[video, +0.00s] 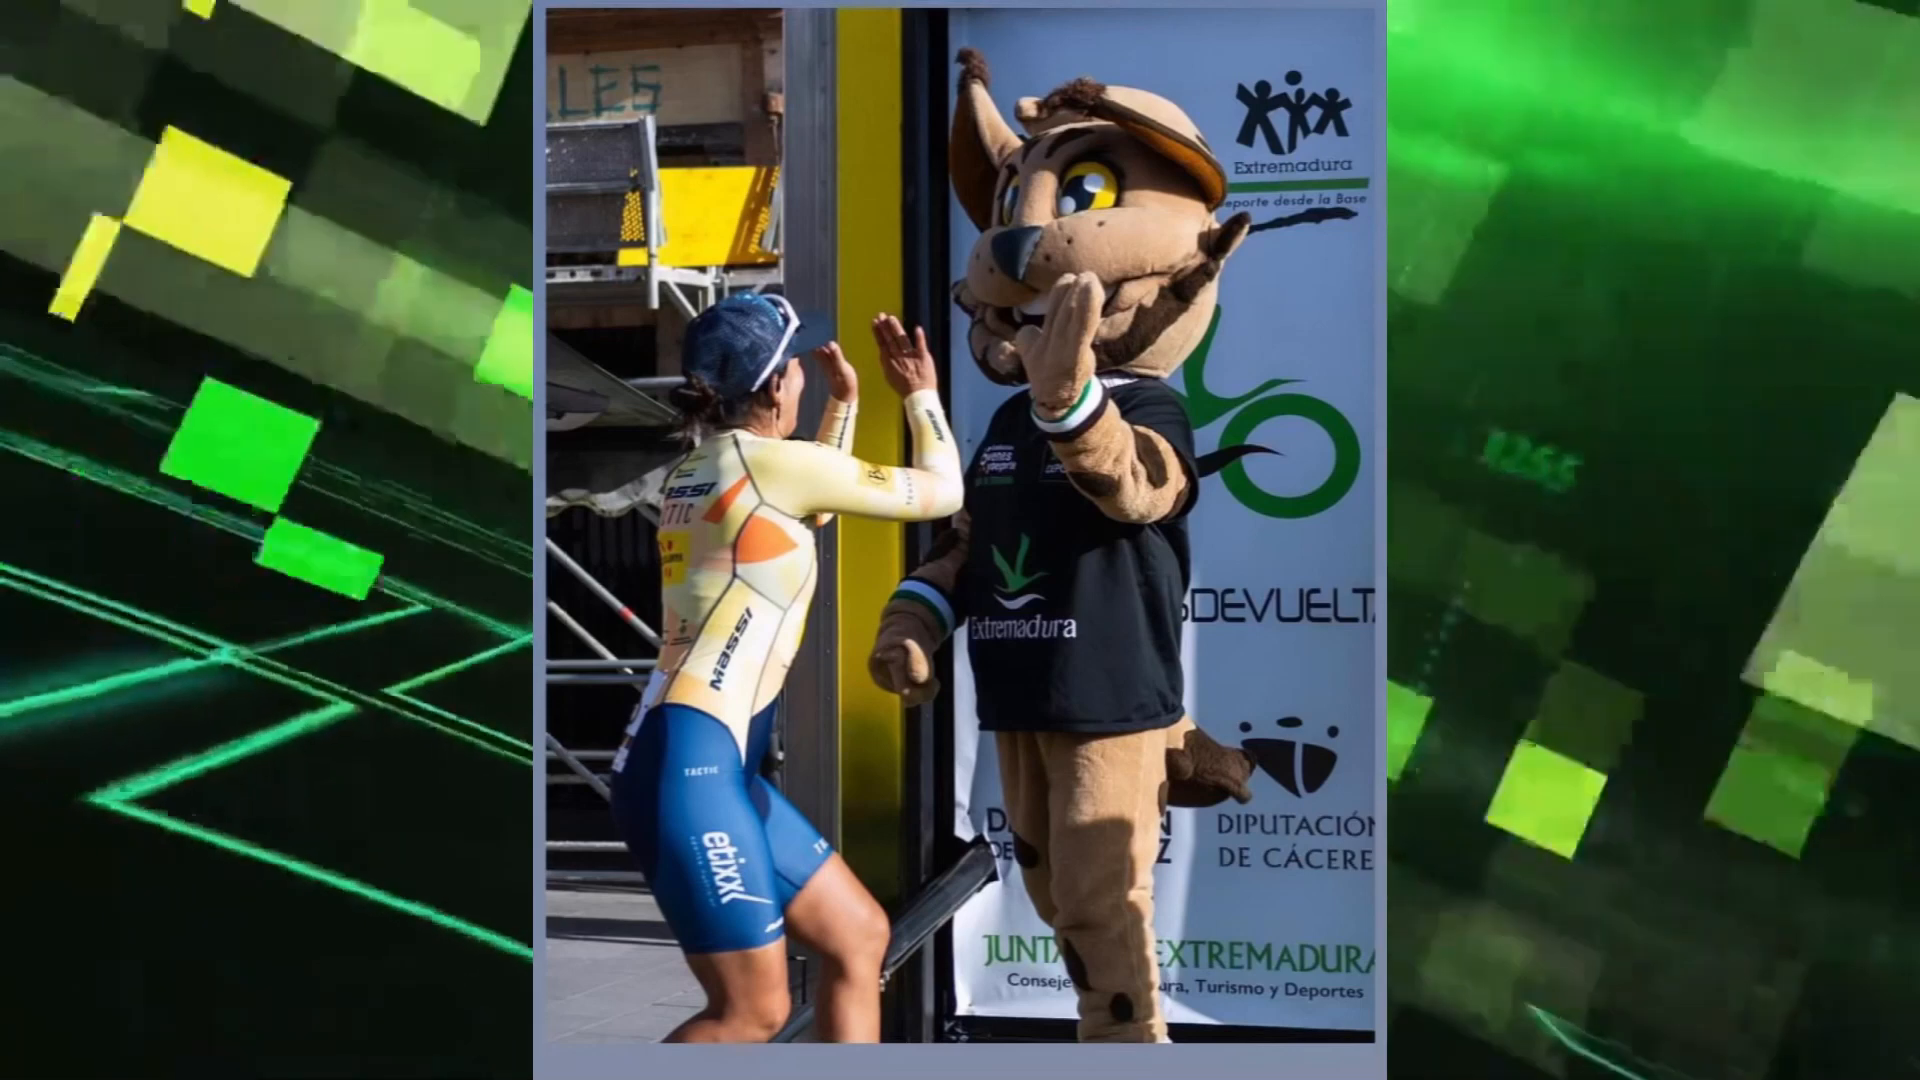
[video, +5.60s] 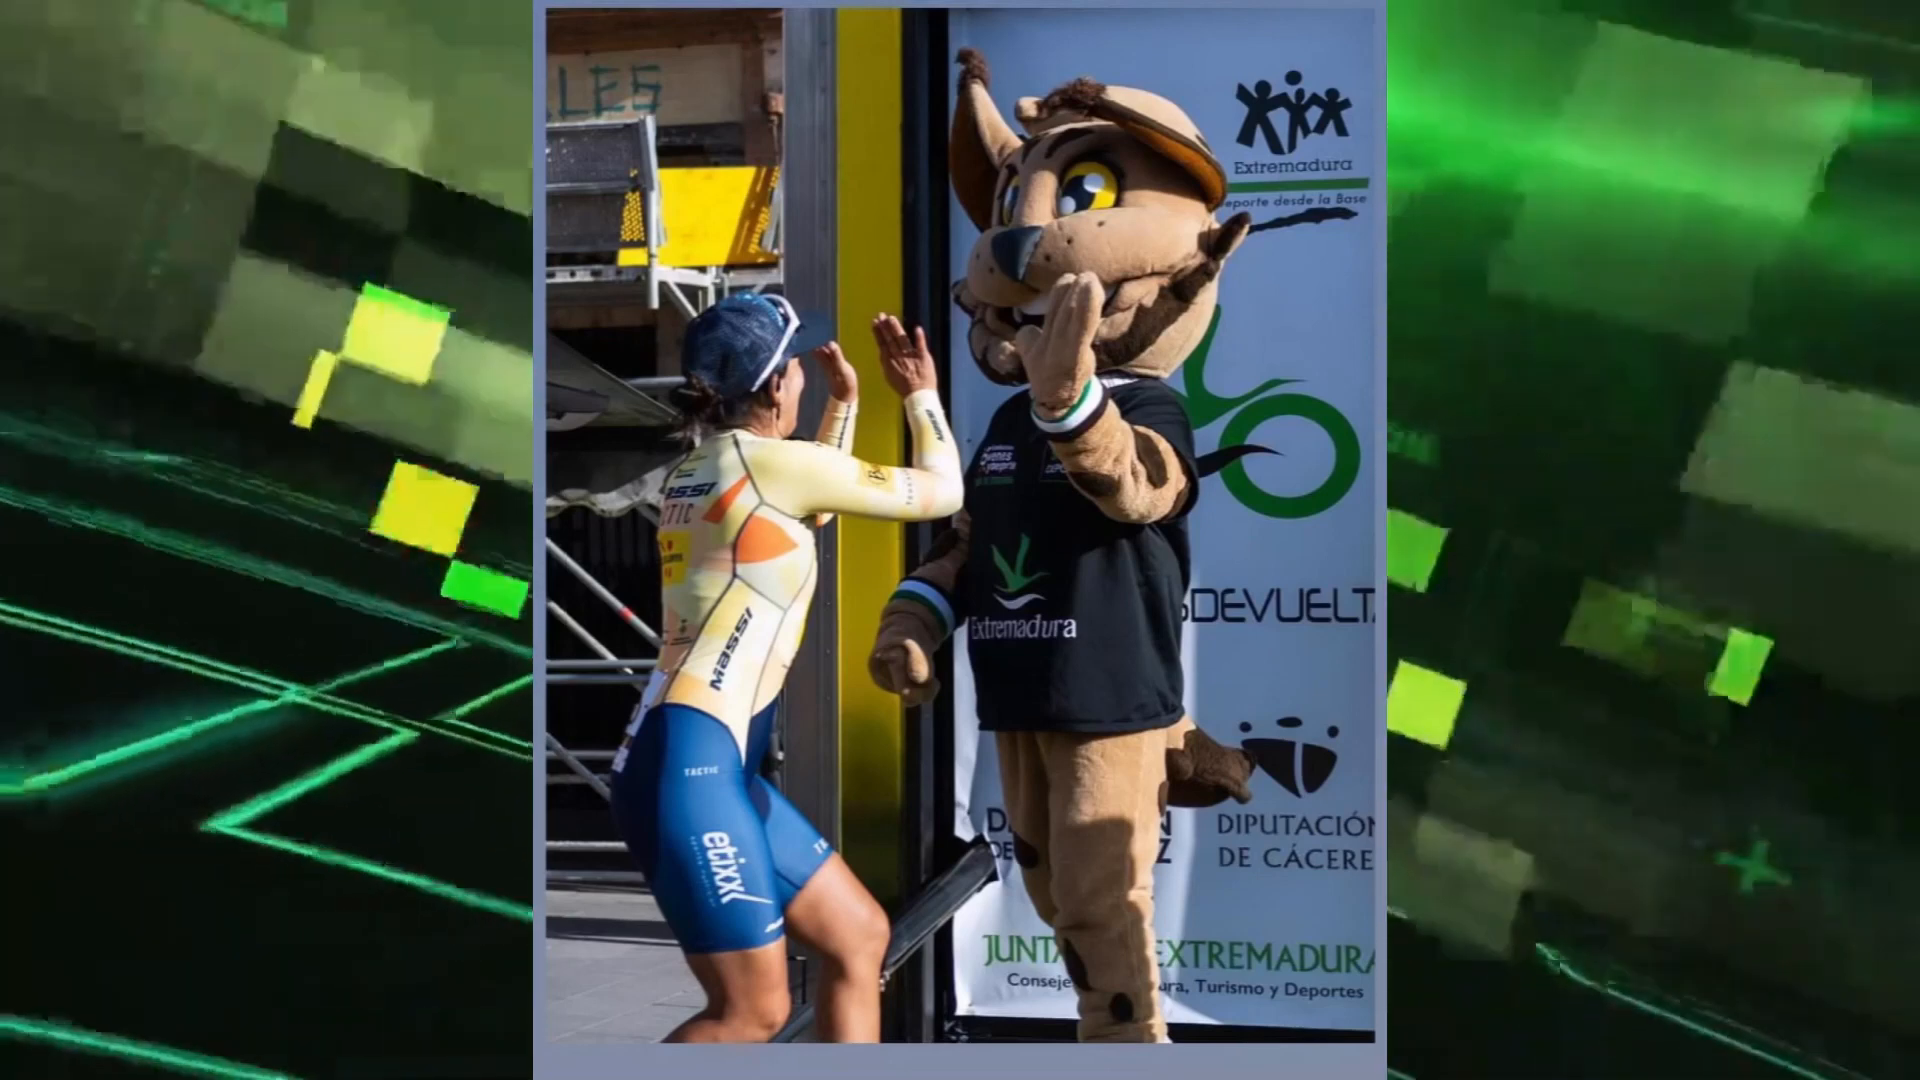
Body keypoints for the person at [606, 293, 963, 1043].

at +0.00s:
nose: (803, 377)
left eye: (799, 362)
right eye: (797, 364)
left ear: (714, 387)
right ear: (777, 380)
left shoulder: (693, 471)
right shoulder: (781, 465)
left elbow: (798, 494)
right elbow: (938, 492)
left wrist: (841, 411)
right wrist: (924, 395)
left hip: (714, 769)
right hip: (686, 774)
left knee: (860, 934)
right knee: (754, 1010)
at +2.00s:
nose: (803, 377)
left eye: (800, 363)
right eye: (796, 364)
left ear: (715, 387)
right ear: (776, 380)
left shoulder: (692, 471)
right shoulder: (778, 465)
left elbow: (798, 494)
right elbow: (938, 492)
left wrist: (840, 412)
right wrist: (924, 395)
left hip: (714, 770)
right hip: (686, 774)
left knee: (860, 934)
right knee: (754, 1010)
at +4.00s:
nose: (803, 377)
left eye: (799, 362)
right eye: (796, 364)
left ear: (714, 387)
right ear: (777, 380)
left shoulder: (694, 471)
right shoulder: (781, 466)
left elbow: (799, 493)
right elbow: (938, 492)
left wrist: (841, 411)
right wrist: (924, 395)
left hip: (714, 769)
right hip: (686, 774)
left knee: (860, 934)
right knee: (754, 1010)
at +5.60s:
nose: (803, 378)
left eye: (800, 363)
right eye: (797, 365)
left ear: (714, 387)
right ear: (777, 380)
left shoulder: (695, 471)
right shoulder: (779, 465)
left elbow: (800, 494)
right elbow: (939, 492)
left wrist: (841, 410)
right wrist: (924, 395)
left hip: (714, 769)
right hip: (686, 774)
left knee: (860, 934)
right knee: (754, 1010)